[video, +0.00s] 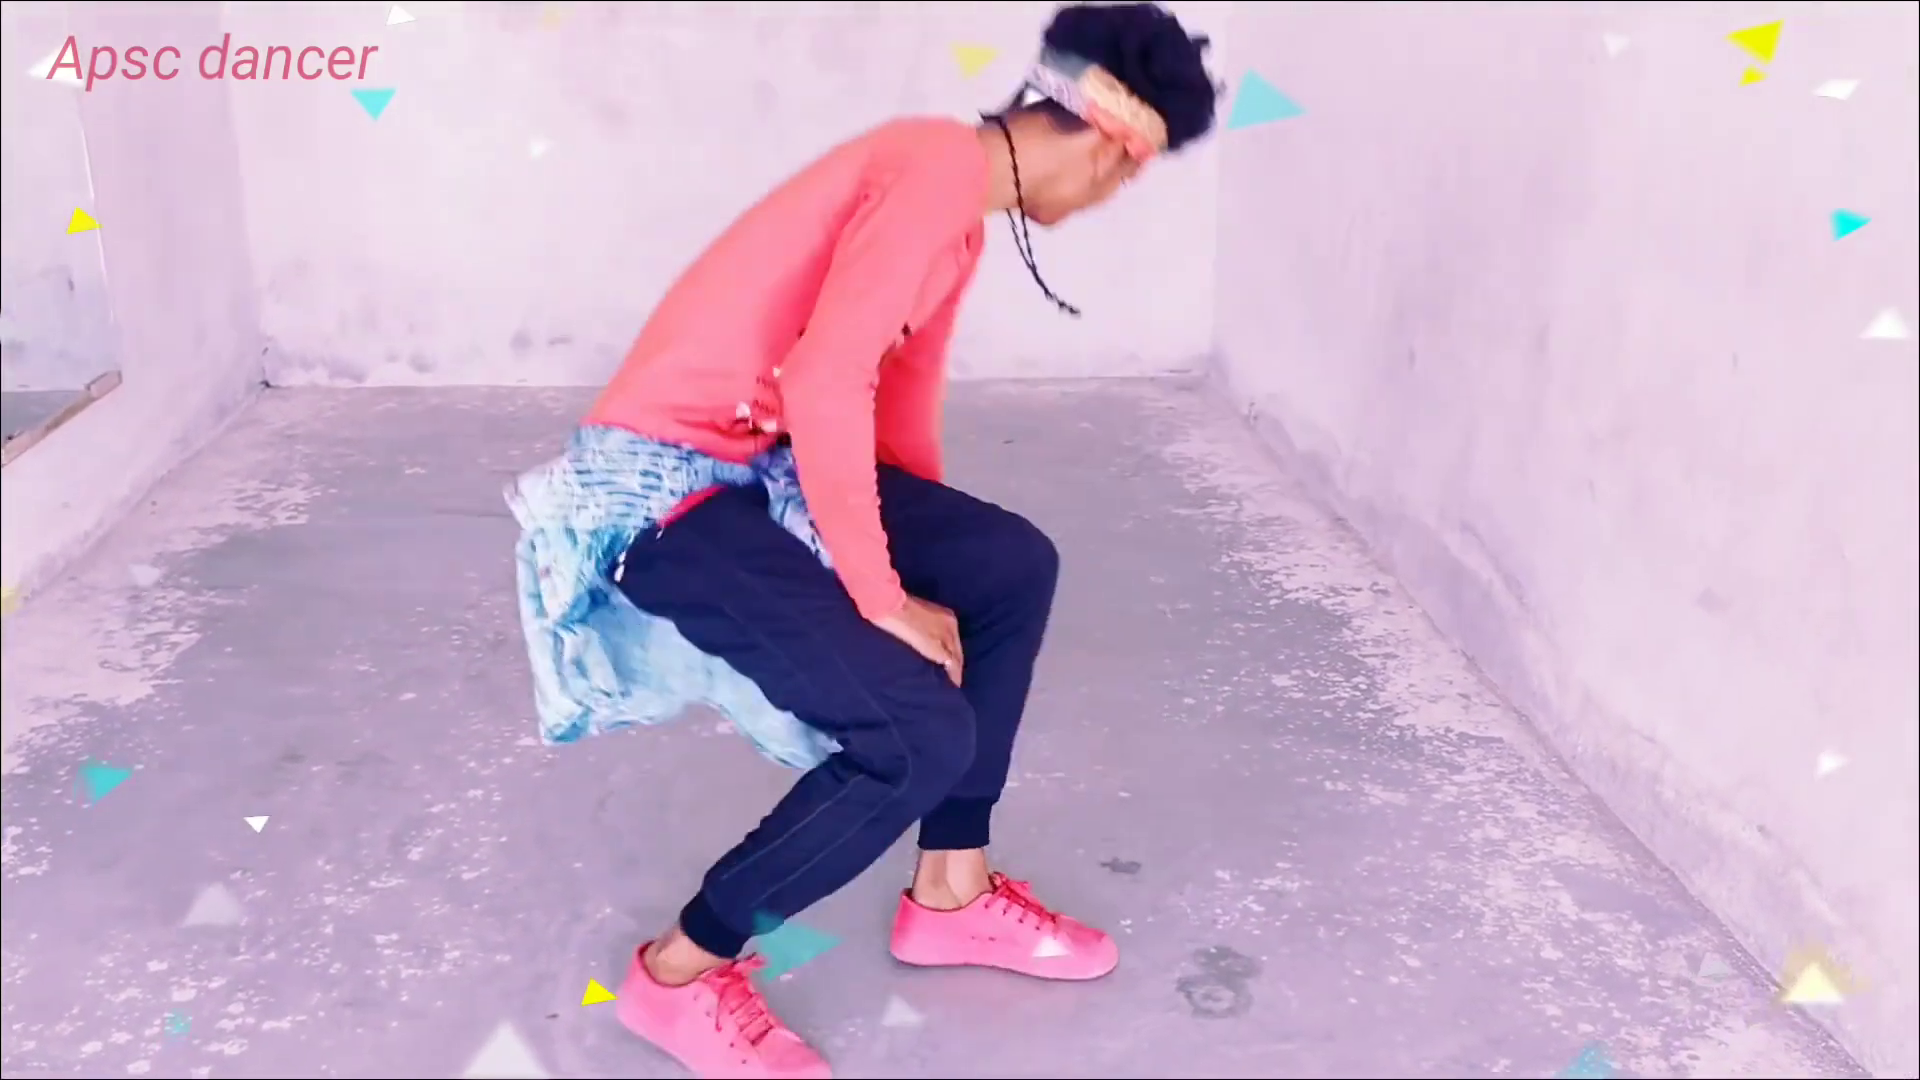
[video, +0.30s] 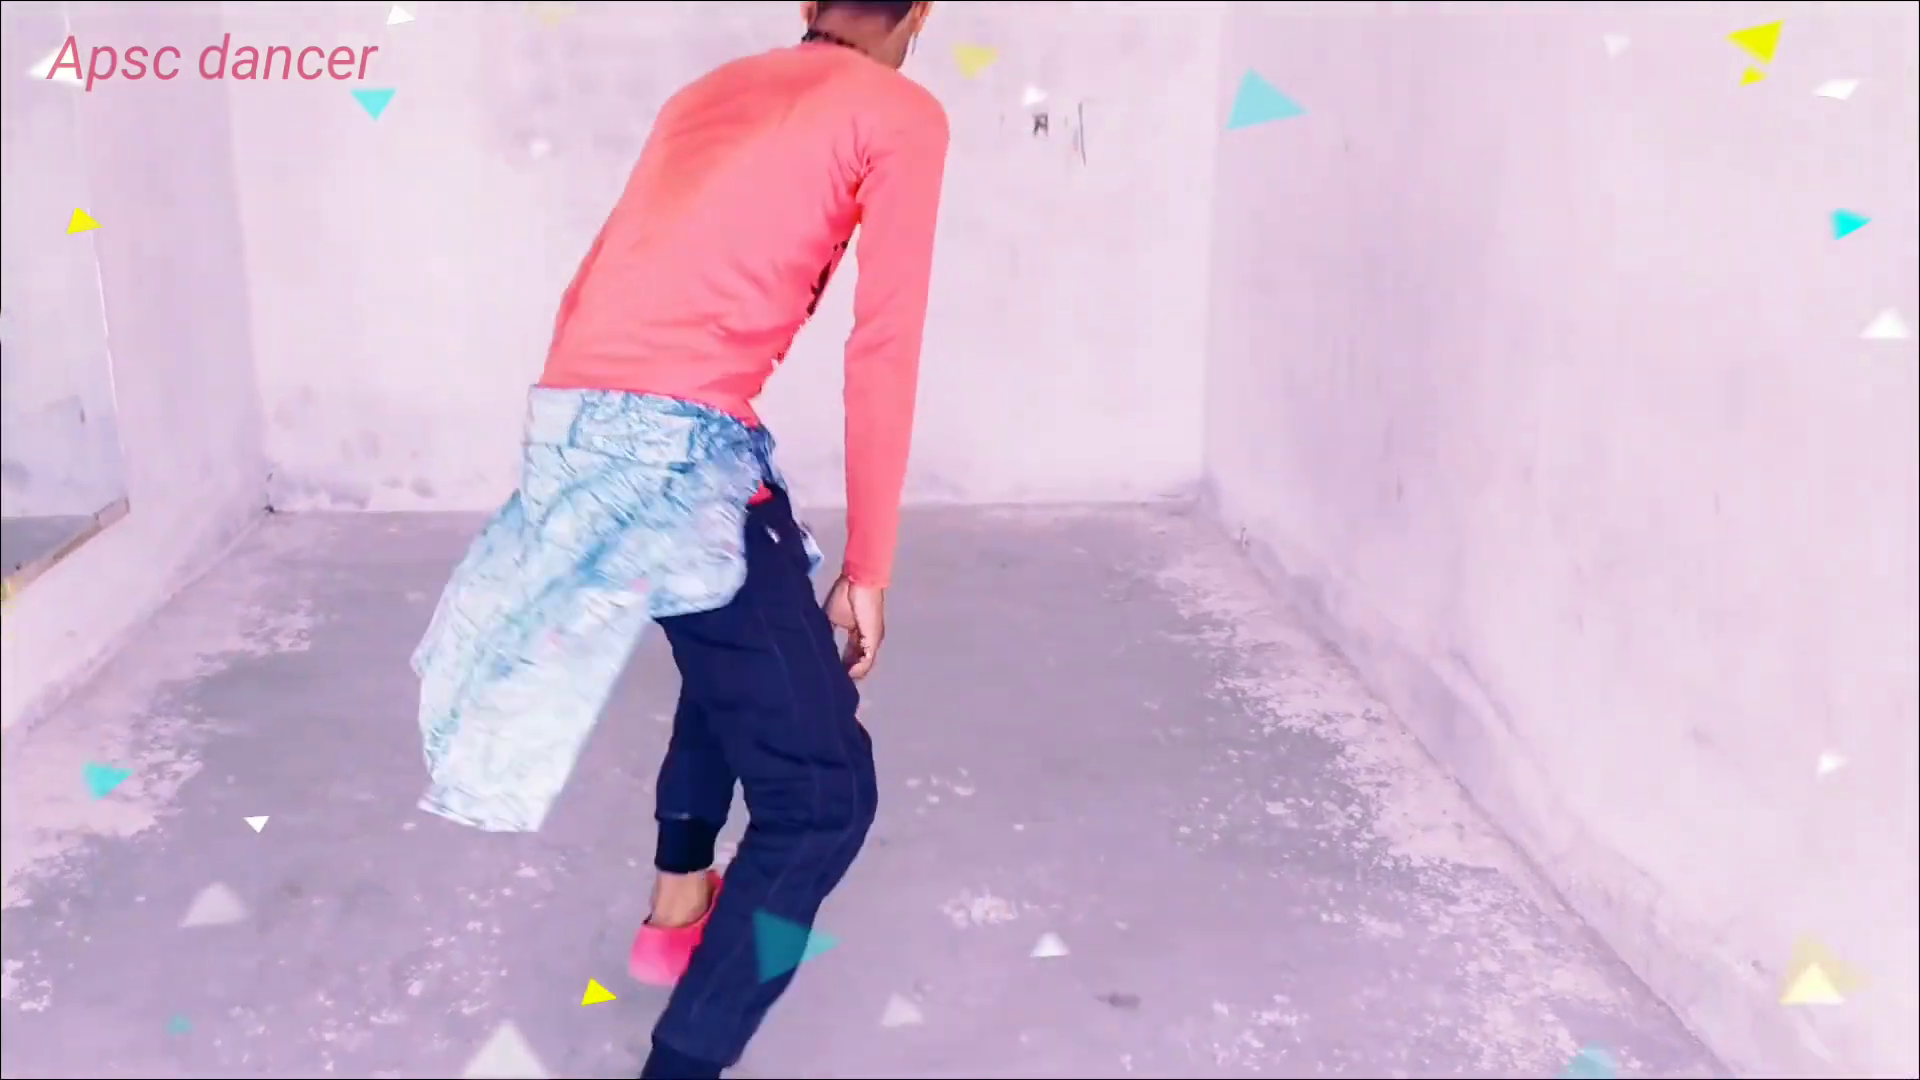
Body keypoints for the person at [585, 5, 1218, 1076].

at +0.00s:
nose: (1112, 197)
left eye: (1129, 176)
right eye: (1130, 171)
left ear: (1061, 105)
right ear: (1110, 134)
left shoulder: (959, 211)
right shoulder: (940, 171)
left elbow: (909, 408)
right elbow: (825, 377)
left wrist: (929, 580)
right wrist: (882, 602)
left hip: (758, 470)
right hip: (662, 493)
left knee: (1010, 561)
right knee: (923, 732)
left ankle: (951, 890)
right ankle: (681, 964)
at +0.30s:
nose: (914, 40)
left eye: (909, 27)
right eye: (920, 26)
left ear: (807, 15)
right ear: (912, 22)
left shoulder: (713, 89)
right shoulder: (896, 111)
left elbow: (625, 266)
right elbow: (881, 347)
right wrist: (866, 571)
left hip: (572, 427)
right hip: (688, 447)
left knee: (744, 637)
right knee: (823, 791)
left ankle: (679, 899)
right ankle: (685, 1065)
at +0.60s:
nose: (649, 114)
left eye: (644, 101)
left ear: (647, 116)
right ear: (751, 116)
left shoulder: (576, 226)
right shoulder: (782, 245)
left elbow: (526, 411)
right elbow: (808, 422)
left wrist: (495, 579)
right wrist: (824, 600)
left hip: (573, 573)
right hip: (705, 571)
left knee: (620, 845)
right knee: (754, 836)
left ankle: (646, 1064)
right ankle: (727, 1061)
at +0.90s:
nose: (626, 206)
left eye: (620, 194)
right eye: (667, 195)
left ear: (615, 205)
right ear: (705, 206)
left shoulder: (567, 313)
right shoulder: (743, 323)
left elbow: (535, 470)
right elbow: (783, 478)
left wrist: (525, 607)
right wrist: (817, 614)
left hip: (601, 598)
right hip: (707, 589)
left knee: (645, 837)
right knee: (710, 762)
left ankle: (707, 1056)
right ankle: (736, 940)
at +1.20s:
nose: (535, 164)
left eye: (536, 152)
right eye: (546, 150)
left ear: (544, 164)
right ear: (618, 160)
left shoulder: (532, 261)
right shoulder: (658, 256)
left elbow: (503, 399)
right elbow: (636, 373)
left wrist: (465, 527)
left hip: (588, 529)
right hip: (678, 515)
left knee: (527, 688)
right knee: (725, 721)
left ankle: (583, 882)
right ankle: (785, 920)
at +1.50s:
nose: (427, 205)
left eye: (430, 194)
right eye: (433, 192)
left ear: (442, 204)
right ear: (511, 189)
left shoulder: (460, 291)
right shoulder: (547, 248)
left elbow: (465, 423)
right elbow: (510, 164)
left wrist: (433, 544)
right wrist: (452, 88)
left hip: (518, 511)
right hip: (592, 496)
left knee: (471, 671)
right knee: (585, 661)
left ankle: (497, 847)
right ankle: (689, 792)